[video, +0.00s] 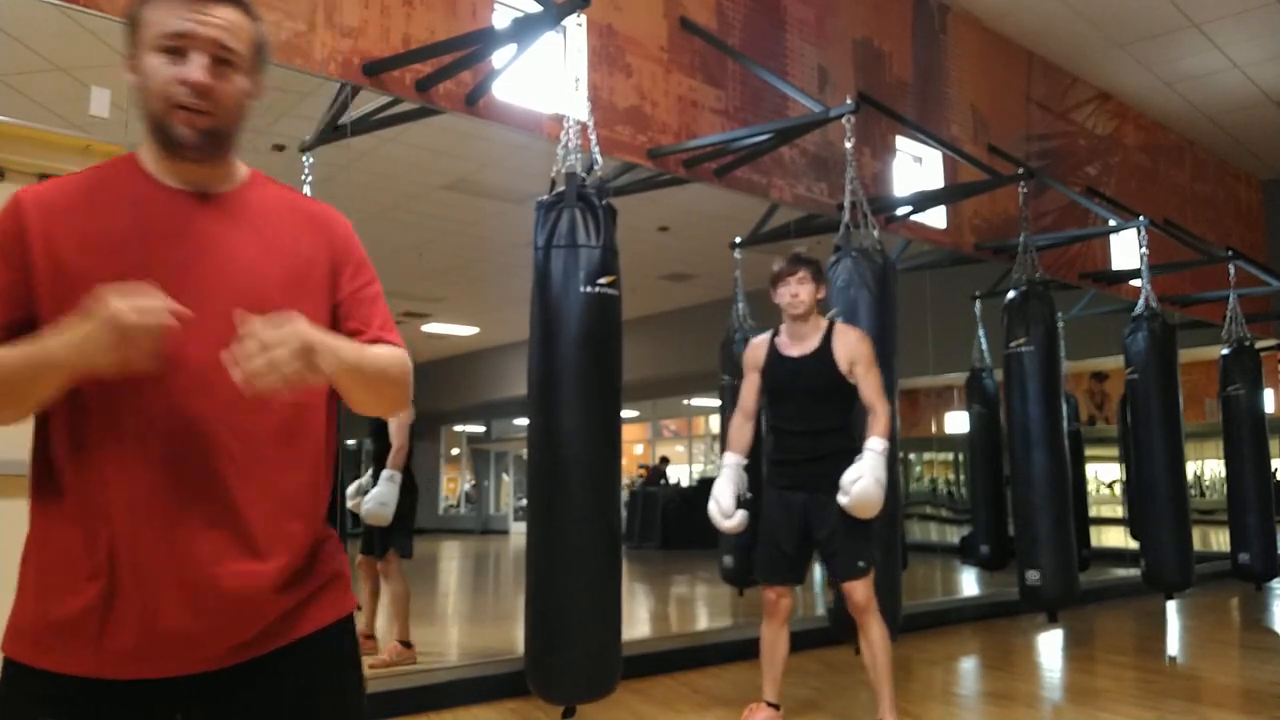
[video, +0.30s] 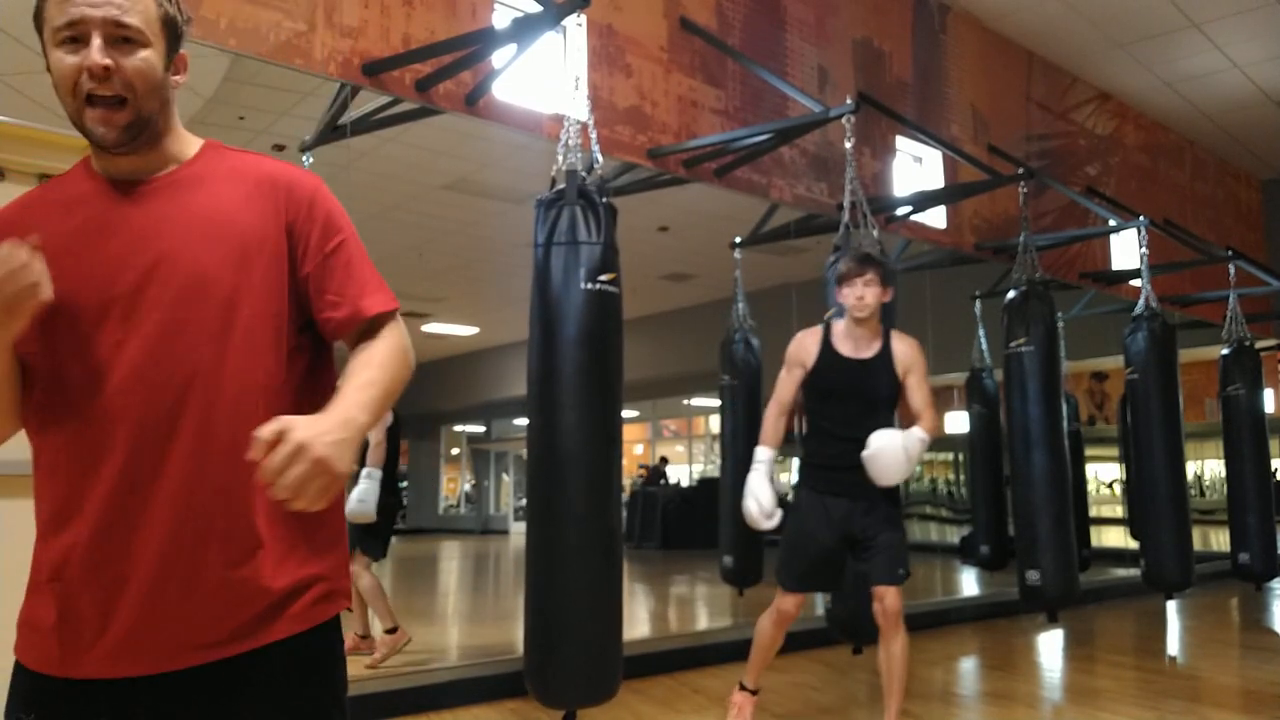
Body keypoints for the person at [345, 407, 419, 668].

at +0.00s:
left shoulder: (398, 405)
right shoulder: (379, 408)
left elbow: (400, 446)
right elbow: (380, 453)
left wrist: (388, 483)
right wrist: (365, 481)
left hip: (396, 483)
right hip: (379, 481)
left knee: (389, 563)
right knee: (366, 563)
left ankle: (402, 643)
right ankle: (366, 633)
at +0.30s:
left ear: (369, 385)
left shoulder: (377, 409)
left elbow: (378, 440)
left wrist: (368, 481)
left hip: (375, 487)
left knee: (358, 565)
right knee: (354, 565)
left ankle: (392, 630)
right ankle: (361, 635)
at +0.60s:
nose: (341, 385)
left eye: (343, 379)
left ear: (352, 377)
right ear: (365, 377)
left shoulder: (362, 403)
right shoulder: (376, 408)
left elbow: (364, 444)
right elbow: (391, 460)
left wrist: (350, 485)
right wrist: (346, 461)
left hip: (372, 493)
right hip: (374, 492)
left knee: (353, 565)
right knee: (344, 567)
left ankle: (387, 627)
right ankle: (362, 634)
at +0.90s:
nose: (342, 380)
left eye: (345, 374)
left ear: (352, 375)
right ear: (366, 375)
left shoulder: (362, 403)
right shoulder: (371, 406)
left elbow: (364, 444)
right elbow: (386, 457)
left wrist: (349, 485)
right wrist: (343, 459)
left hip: (372, 491)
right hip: (370, 490)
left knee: (353, 564)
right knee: (344, 565)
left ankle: (386, 628)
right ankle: (362, 634)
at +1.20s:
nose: (333, 386)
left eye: (336, 380)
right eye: (333, 380)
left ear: (346, 378)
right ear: (356, 377)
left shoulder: (364, 404)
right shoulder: (358, 406)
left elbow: (366, 445)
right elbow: (367, 451)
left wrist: (353, 487)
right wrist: (342, 461)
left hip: (374, 489)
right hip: (365, 488)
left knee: (356, 564)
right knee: (346, 565)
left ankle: (390, 630)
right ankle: (362, 635)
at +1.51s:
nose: (354, 364)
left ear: (372, 364)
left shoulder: (388, 395)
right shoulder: (349, 402)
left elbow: (406, 447)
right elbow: (356, 447)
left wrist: (380, 472)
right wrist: (339, 469)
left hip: (385, 485)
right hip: (355, 483)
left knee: (374, 566)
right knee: (337, 564)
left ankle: (389, 641)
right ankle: (357, 628)